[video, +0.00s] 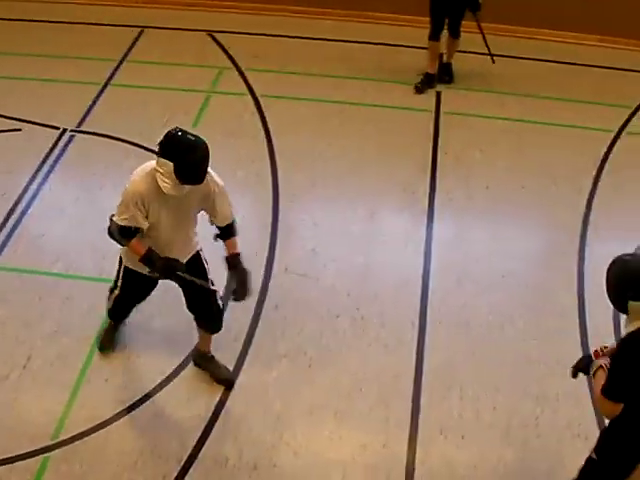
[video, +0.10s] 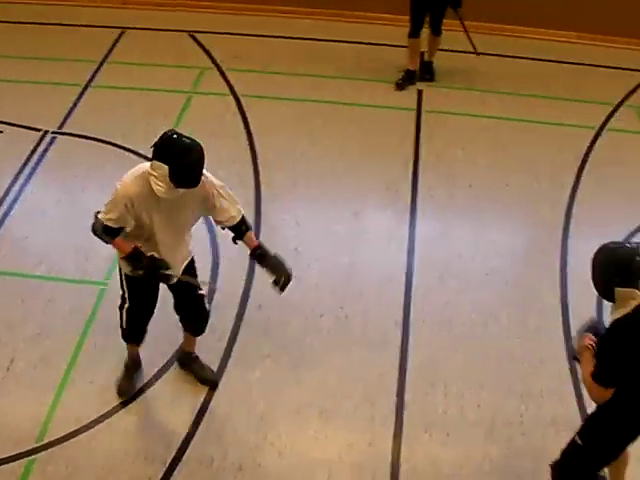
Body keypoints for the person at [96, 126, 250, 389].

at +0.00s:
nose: (192, 183)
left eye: (196, 177)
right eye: (187, 177)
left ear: (201, 168)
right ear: (170, 168)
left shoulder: (208, 185)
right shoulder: (141, 185)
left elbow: (226, 225)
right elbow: (120, 229)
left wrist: (235, 265)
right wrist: (152, 259)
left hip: (186, 254)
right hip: (142, 256)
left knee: (209, 312)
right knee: (122, 303)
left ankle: (203, 353)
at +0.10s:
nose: (189, 186)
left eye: (193, 180)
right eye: (183, 181)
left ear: (197, 172)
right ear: (165, 173)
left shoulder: (204, 187)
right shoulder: (133, 189)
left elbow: (235, 221)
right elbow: (104, 228)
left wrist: (264, 255)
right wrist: (139, 258)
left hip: (179, 256)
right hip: (137, 258)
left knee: (195, 312)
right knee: (136, 316)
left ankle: (188, 354)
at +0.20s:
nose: (181, 195)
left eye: (184, 189)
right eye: (175, 190)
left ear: (187, 182)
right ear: (155, 181)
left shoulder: (195, 193)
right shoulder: (121, 199)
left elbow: (229, 215)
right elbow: (83, 233)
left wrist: (259, 229)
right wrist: (113, 267)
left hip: (170, 264)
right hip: (130, 268)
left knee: (189, 321)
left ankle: (168, 353)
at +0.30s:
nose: (171, 209)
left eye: (175, 203)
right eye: (166, 203)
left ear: (180, 193)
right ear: (147, 193)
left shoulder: (186, 203)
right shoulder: (113, 214)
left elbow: (215, 221)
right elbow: (77, 252)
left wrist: (232, 220)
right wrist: (109, 287)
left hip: (167, 274)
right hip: (126, 284)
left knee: (210, 329)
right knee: (134, 352)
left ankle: (172, 349)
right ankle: (135, 408)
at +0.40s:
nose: (176, 210)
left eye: (179, 204)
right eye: (171, 205)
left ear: (180, 196)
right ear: (153, 196)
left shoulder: (181, 204)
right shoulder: (119, 218)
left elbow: (204, 228)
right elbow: (89, 269)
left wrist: (222, 236)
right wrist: (128, 294)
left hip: (173, 285)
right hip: (132, 300)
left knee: (216, 329)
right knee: (134, 375)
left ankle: (204, 365)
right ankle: (126, 410)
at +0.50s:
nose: (181, 213)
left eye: (184, 208)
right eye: (178, 208)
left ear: (187, 198)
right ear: (161, 197)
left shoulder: (187, 207)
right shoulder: (126, 220)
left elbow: (207, 229)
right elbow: (103, 275)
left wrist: (224, 239)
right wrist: (150, 287)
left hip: (177, 293)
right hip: (132, 307)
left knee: (220, 336)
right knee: (127, 377)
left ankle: (236, 376)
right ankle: (114, 410)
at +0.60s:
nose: (201, 216)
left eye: (202, 212)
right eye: (195, 213)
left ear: (198, 207)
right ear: (175, 206)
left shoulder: (198, 217)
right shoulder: (138, 225)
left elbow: (216, 241)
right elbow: (118, 286)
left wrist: (230, 241)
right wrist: (166, 286)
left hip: (178, 294)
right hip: (135, 303)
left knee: (221, 338)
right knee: (125, 379)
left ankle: (228, 378)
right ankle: (104, 411)